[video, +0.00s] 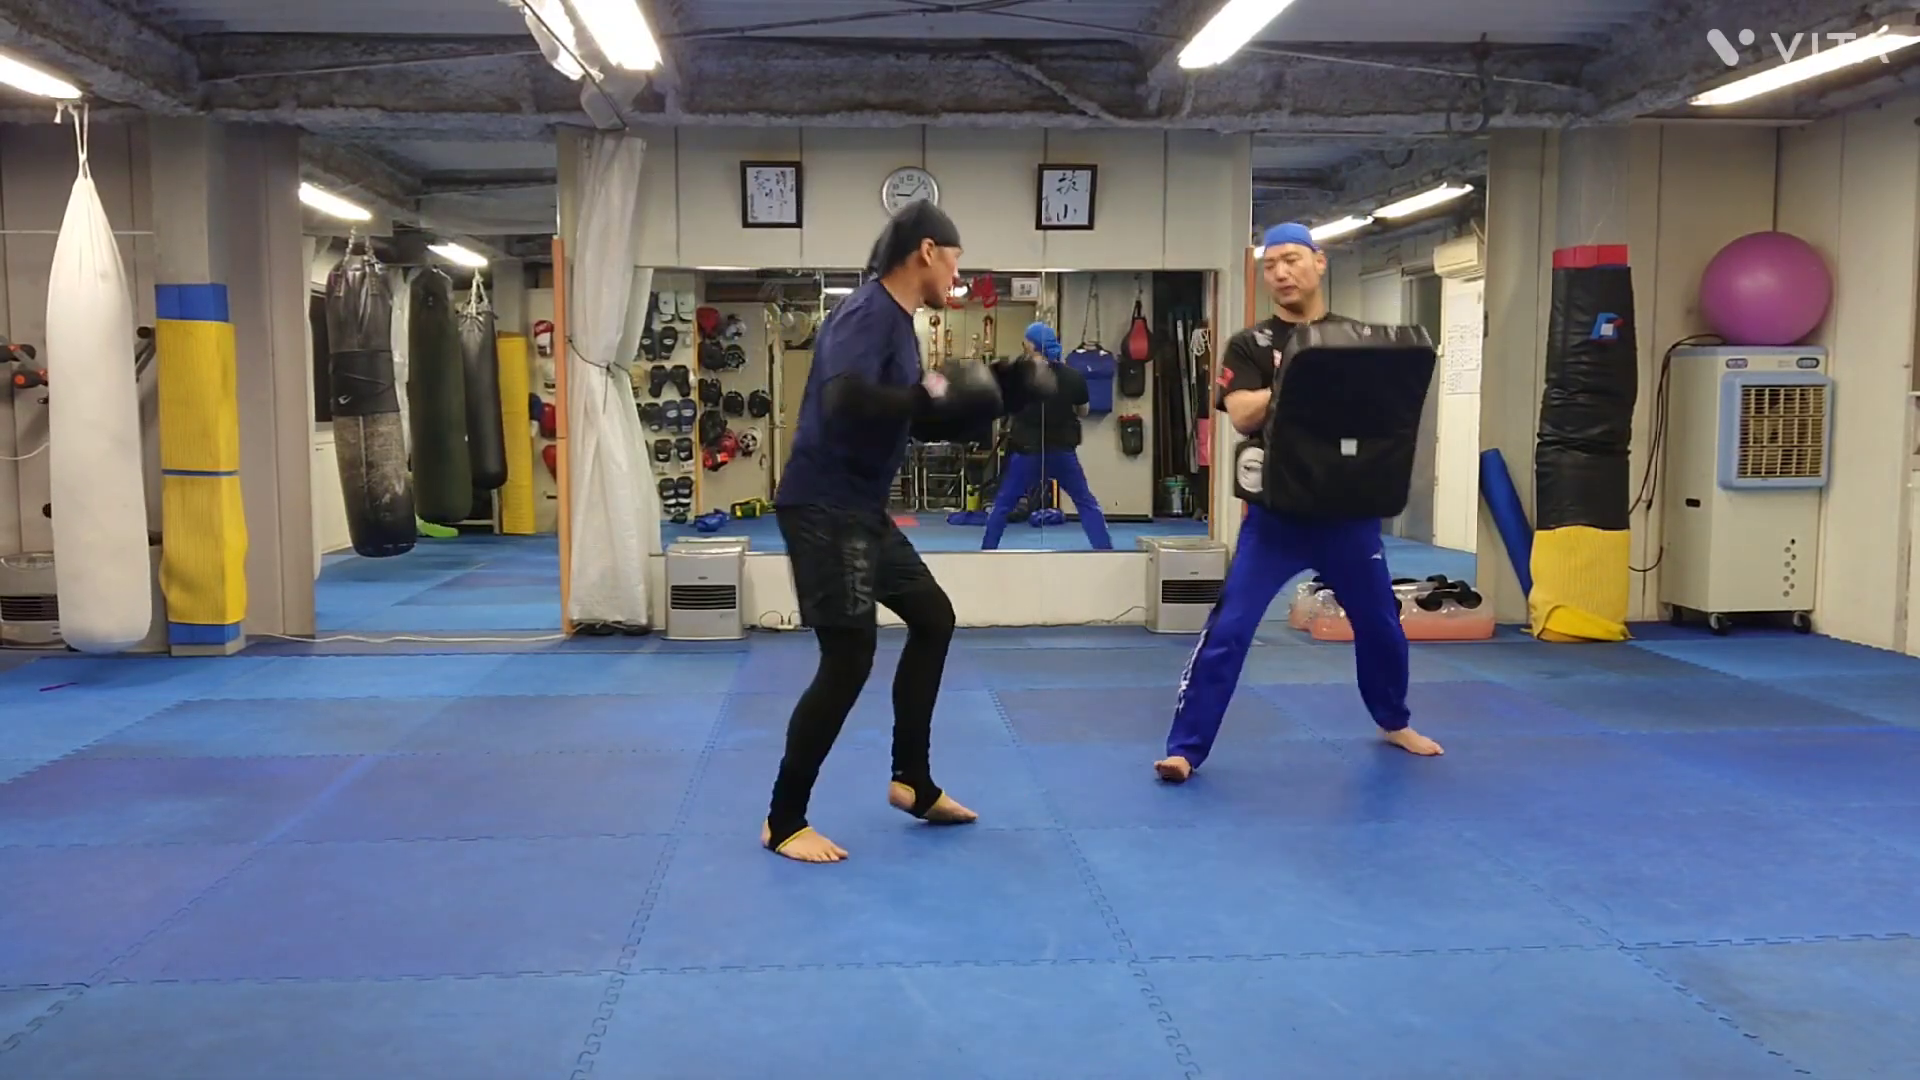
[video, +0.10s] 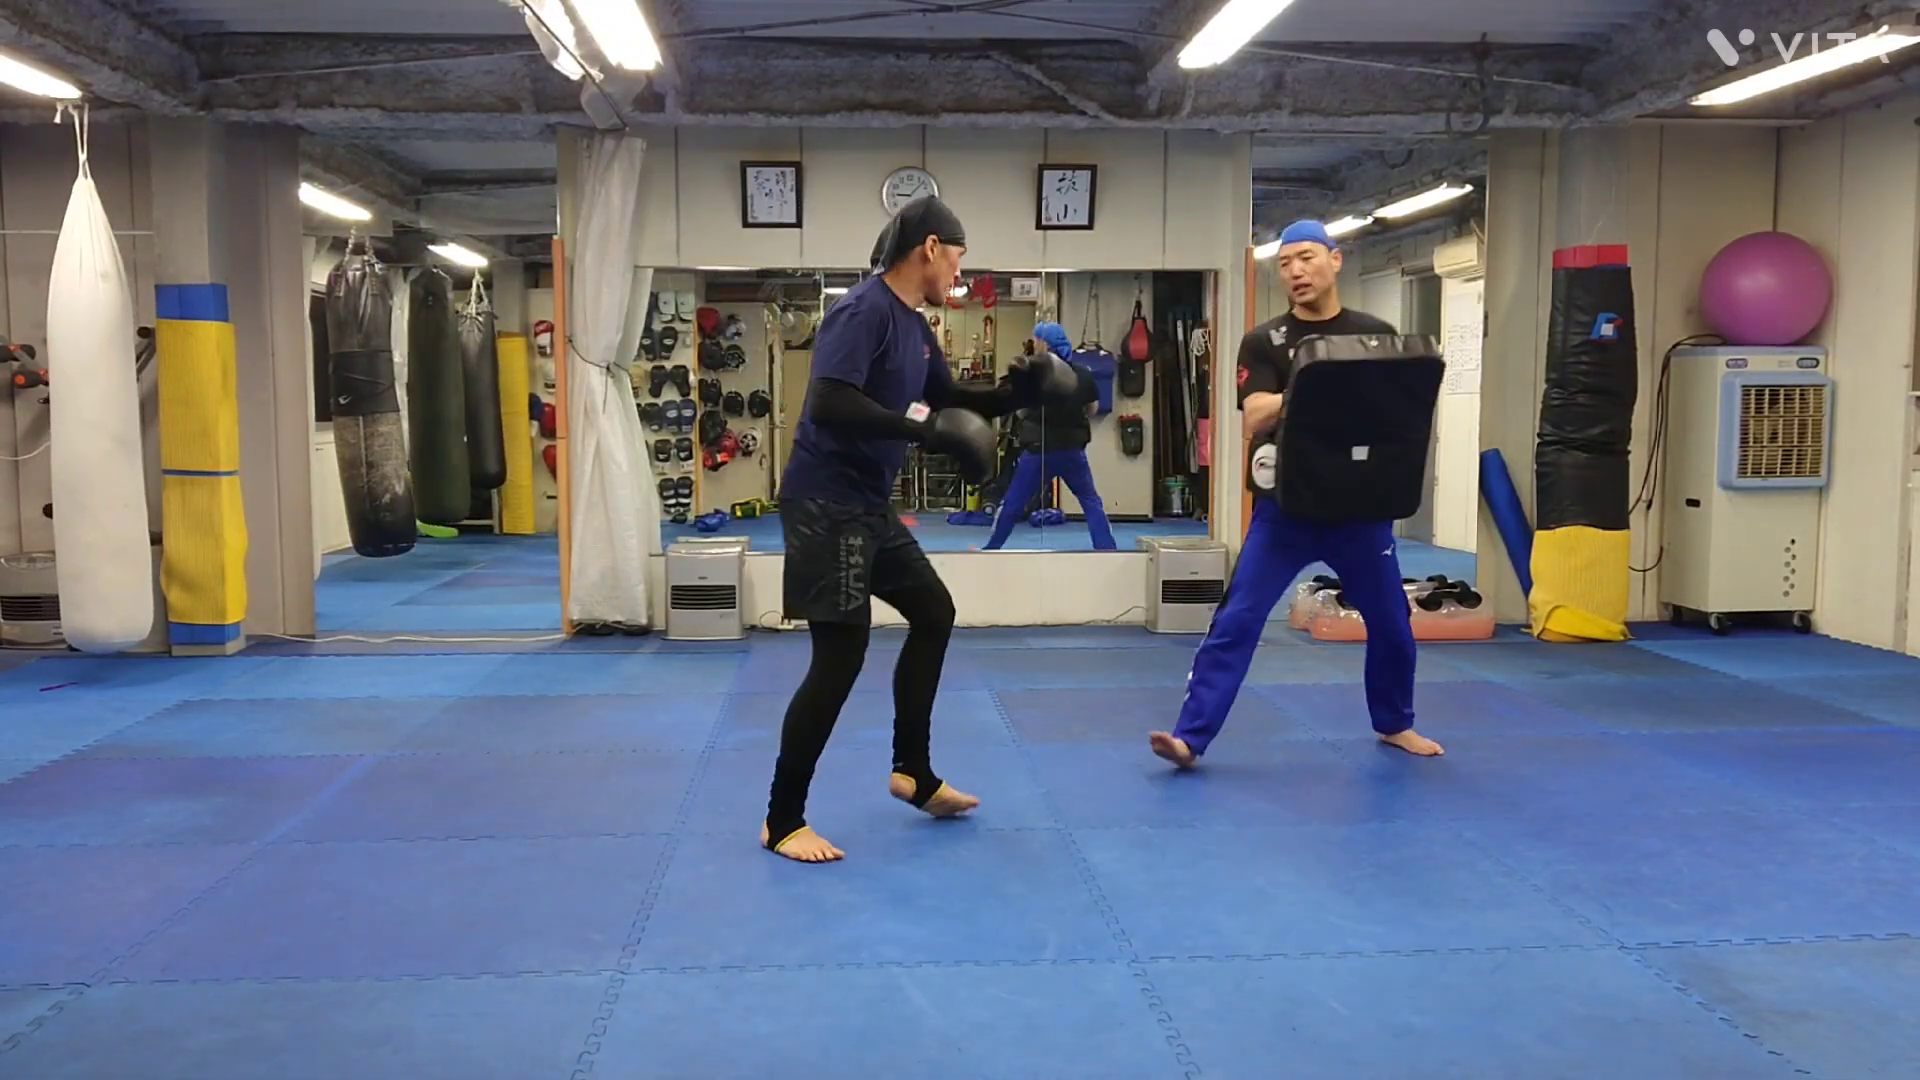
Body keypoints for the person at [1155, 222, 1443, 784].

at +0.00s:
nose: (1282, 271)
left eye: (1292, 259)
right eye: (1271, 264)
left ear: (1319, 264)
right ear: (1263, 277)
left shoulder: (1359, 340)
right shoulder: (1249, 344)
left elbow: (1387, 405)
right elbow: (1242, 416)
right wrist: (1297, 386)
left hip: (1350, 517)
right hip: (1275, 516)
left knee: (1382, 626)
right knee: (1229, 627)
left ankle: (1393, 722)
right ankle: (1184, 751)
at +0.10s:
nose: (1295, 271)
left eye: (1306, 258)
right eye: (1286, 263)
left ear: (1336, 262)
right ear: (1280, 274)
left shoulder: (1378, 333)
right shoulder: (1264, 341)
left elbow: (1395, 410)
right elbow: (1255, 421)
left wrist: (1285, 403)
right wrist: (1329, 398)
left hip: (1360, 512)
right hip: (1283, 511)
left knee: (1393, 627)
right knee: (1236, 620)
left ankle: (1394, 724)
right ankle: (1189, 738)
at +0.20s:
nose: (1302, 268)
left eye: (1314, 254)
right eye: (1292, 259)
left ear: (1342, 259)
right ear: (1285, 271)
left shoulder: (1376, 329)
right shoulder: (1267, 334)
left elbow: (1393, 398)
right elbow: (1253, 410)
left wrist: (1287, 388)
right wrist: (1324, 378)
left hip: (1359, 507)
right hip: (1282, 506)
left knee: (1388, 624)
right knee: (1233, 615)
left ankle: (1395, 726)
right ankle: (1190, 728)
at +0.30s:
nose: (1303, 271)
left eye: (1314, 258)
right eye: (1293, 262)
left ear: (1341, 261)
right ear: (1285, 271)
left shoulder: (1367, 327)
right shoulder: (1266, 332)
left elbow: (1389, 393)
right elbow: (1251, 406)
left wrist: (1287, 382)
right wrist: (1313, 370)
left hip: (1356, 502)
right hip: (1281, 501)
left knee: (1386, 621)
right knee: (1235, 614)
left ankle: (1395, 727)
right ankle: (1182, 722)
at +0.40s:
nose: (1297, 275)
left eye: (1308, 263)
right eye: (1288, 265)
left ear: (1335, 266)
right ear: (1280, 273)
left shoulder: (1360, 334)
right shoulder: (1259, 335)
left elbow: (1381, 397)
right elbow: (1250, 406)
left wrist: (1285, 390)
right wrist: (1310, 379)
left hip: (1349, 508)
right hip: (1275, 506)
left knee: (1385, 624)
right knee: (1230, 616)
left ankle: (1394, 726)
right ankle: (1183, 723)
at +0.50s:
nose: (1289, 274)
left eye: (1300, 262)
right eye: (1280, 265)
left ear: (1326, 267)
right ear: (1272, 275)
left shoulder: (1352, 331)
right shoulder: (1252, 336)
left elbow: (1376, 392)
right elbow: (1245, 404)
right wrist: (1301, 369)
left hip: (1342, 504)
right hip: (1270, 504)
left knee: (1377, 620)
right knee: (1227, 616)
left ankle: (1393, 725)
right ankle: (1184, 724)